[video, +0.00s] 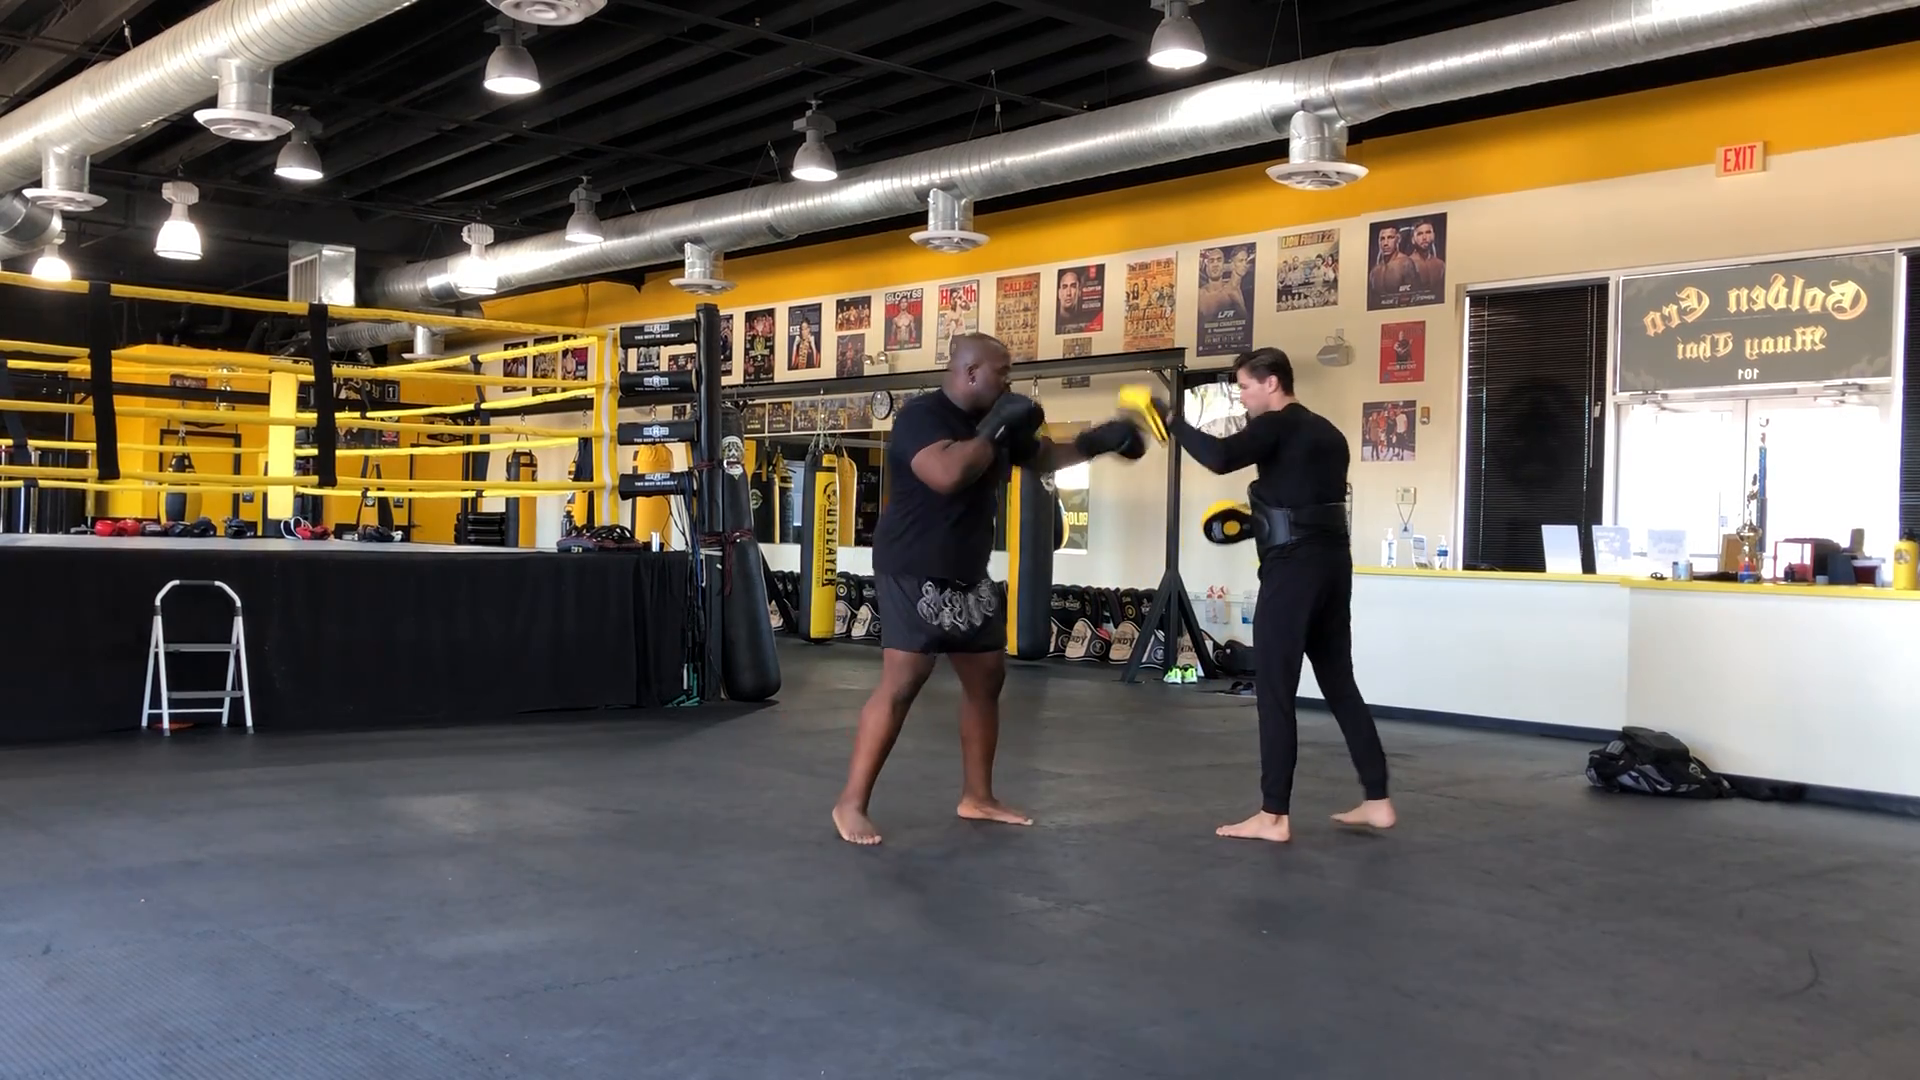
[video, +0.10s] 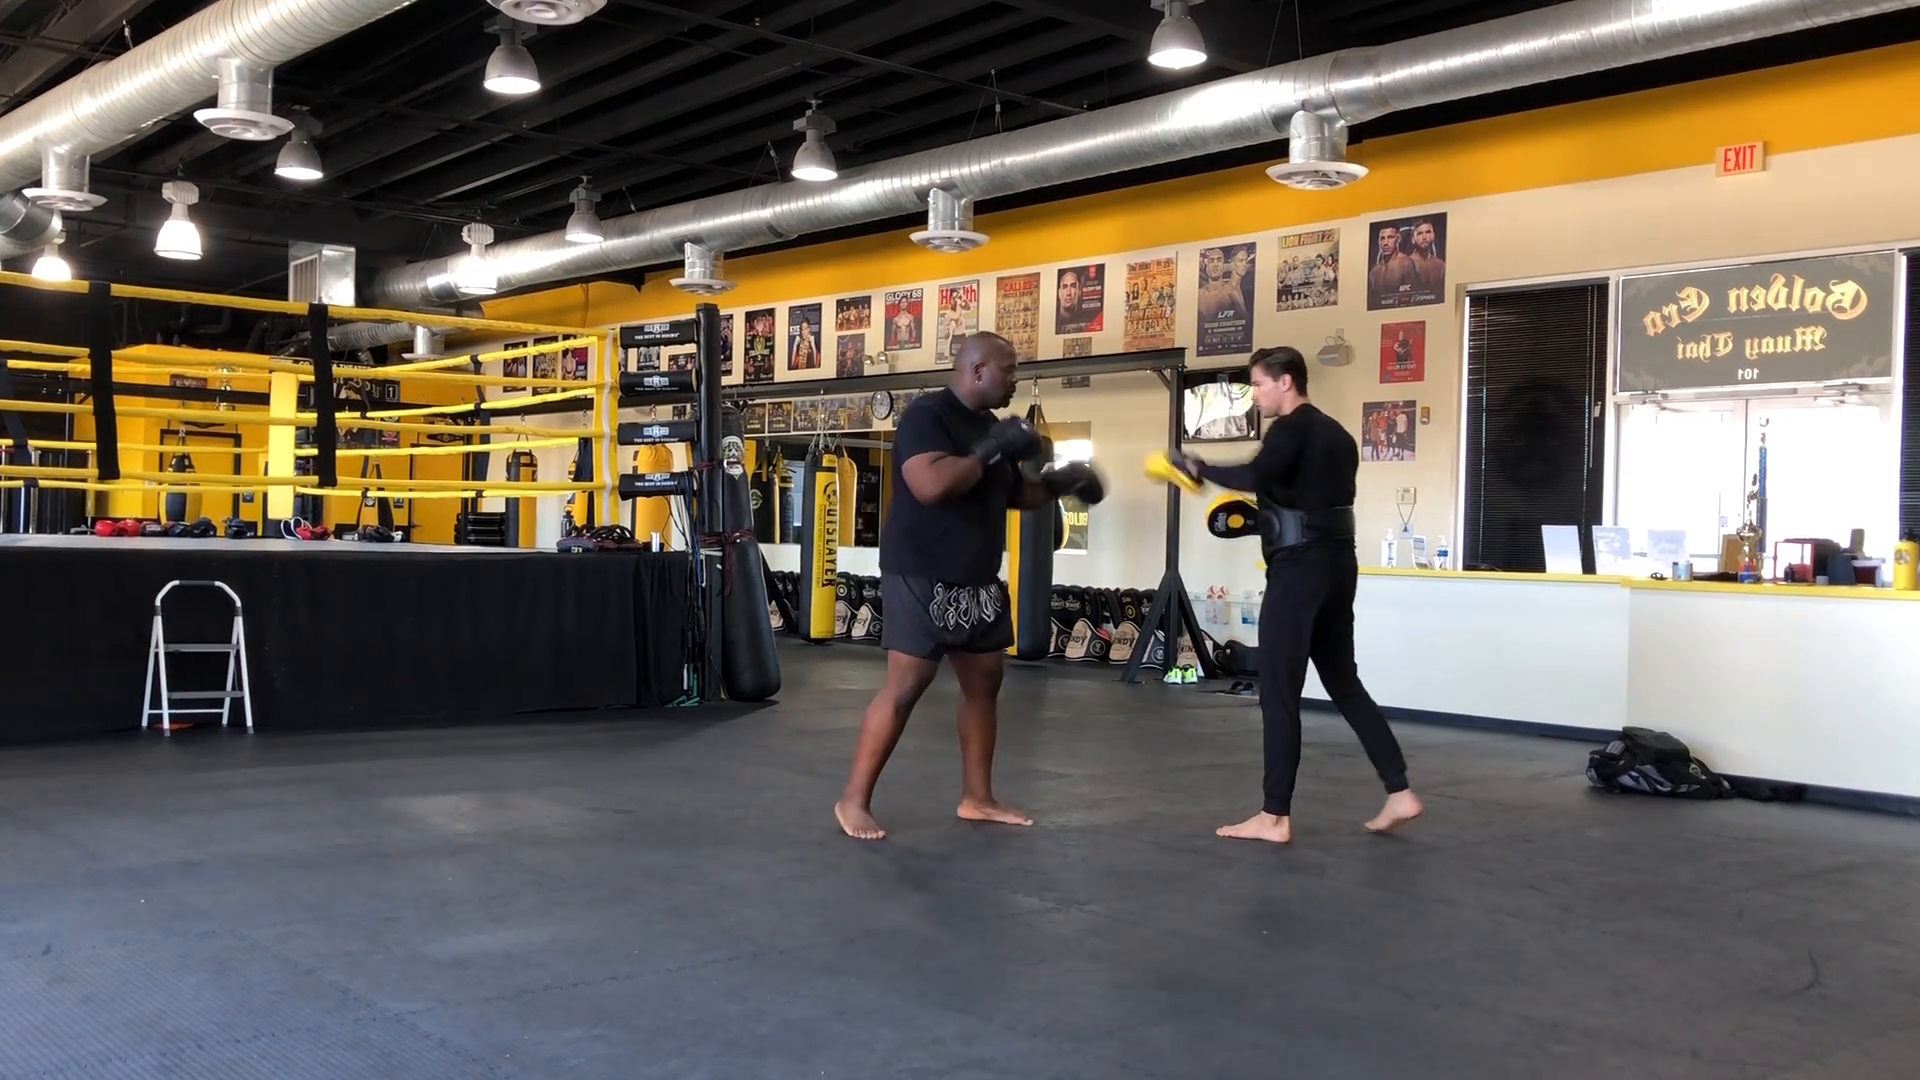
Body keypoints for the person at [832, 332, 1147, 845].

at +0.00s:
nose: (1006, 384)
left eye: (1007, 375)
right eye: (1001, 374)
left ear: (975, 372)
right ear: (968, 372)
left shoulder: (993, 419)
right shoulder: (919, 415)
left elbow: (1042, 456)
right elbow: (945, 473)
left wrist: (1095, 442)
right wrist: (995, 431)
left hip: (968, 574)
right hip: (911, 571)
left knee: (985, 677)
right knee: (902, 678)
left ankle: (978, 796)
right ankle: (850, 805)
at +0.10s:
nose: (1014, 382)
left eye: (1015, 374)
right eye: (1009, 372)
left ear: (986, 371)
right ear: (977, 368)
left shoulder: (997, 430)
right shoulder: (924, 415)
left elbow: (1017, 495)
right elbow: (929, 483)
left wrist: (1057, 485)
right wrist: (991, 450)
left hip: (977, 576)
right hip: (917, 575)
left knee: (984, 677)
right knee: (906, 681)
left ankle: (977, 798)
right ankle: (853, 801)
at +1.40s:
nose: (1038, 384)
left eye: (1039, 374)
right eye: (1032, 373)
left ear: (1003, 375)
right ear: (1000, 374)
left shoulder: (1019, 431)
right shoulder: (951, 423)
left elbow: (1041, 486)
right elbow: (977, 481)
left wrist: (1072, 458)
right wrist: (1027, 439)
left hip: (1020, 580)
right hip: (961, 581)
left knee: (1045, 673)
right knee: (956, 686)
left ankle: (1043, 786)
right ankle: (907, 806)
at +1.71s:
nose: (1077, 384)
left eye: (1077, 376)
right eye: (1071, 375)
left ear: (1043, 378)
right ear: (1041, 377)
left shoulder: (1044, 430)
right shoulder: (1010, 421)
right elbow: (1026, 486)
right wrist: (1080, 452)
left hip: (1034, 575)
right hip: (998, 573)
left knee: (1048, 672)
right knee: (998, 673)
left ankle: (1042, 792)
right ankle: (920, 788)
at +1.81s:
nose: (1087, 385)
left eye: (1086, 376)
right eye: (1080, 377)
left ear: (1044, 377)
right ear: (1052, 378)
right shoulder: (1041, 415)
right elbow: (1124, 444)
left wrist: (1167, 428)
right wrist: (1173, 425)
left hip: (1024, 564)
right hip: (1007, 562)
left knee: (1042, 668)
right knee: (990, 671)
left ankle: (1041, 792)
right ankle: (920, 789)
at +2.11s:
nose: (1099, 387)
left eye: (1099, 378)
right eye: (1094, 377)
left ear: (1063, 375)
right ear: (1066, 376)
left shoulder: (1051, 419)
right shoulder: (1041, 413)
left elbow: (1060, 480)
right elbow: (1055, 483)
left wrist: (1097, 454)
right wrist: (1105, 458)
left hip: (1028, 559)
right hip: (1006, 554)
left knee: (1036, 669)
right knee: (999, 664)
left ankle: (1041, 793)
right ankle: (930, 783)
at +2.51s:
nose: (1061, 388)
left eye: (1063, 380)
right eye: (1053, 380)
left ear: (1054, 381)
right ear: (1018, 378)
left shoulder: (1053, 432)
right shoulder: (981, 426)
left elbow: (1054, 495)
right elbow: (985, 501)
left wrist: (1084, 502)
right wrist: (1047, 464)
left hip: (1042, 574)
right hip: (986, 573)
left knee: (1051, 678)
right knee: (971, 680)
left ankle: (1042, 793)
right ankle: (934, 805)